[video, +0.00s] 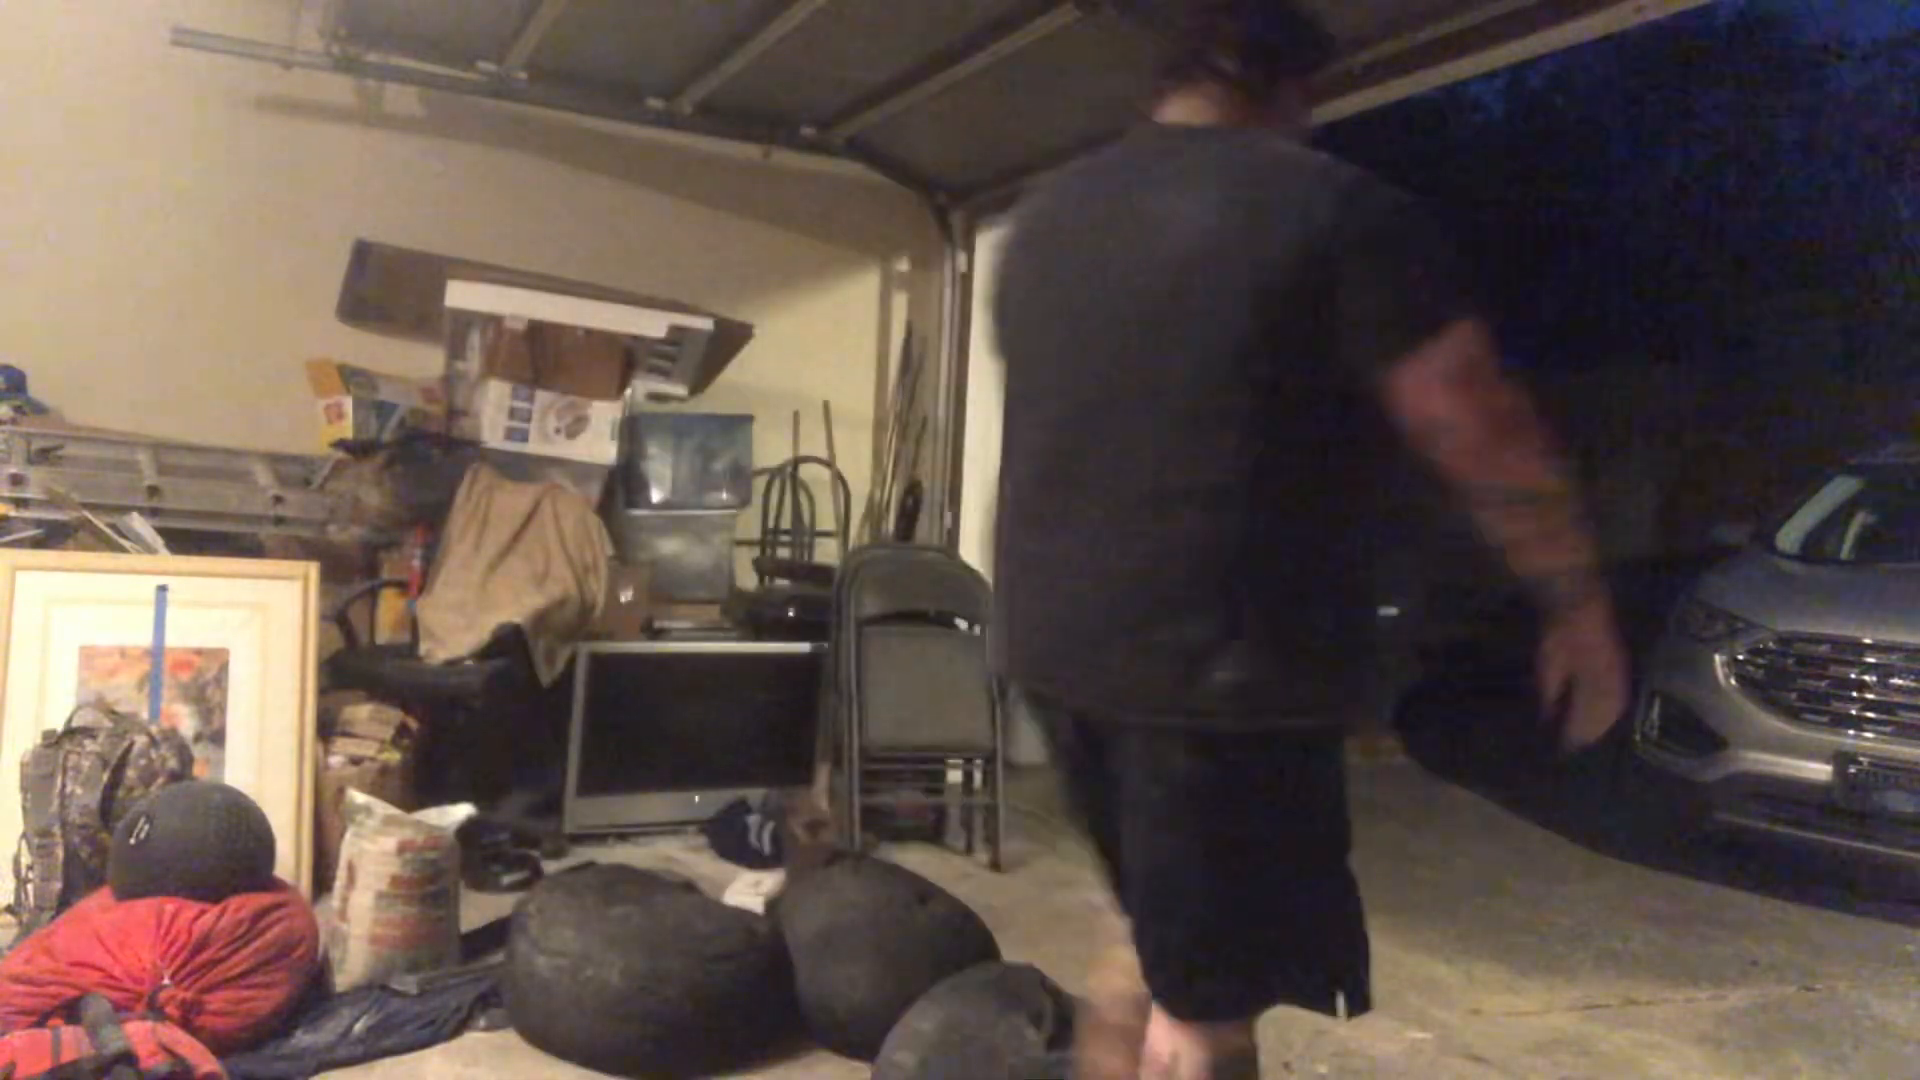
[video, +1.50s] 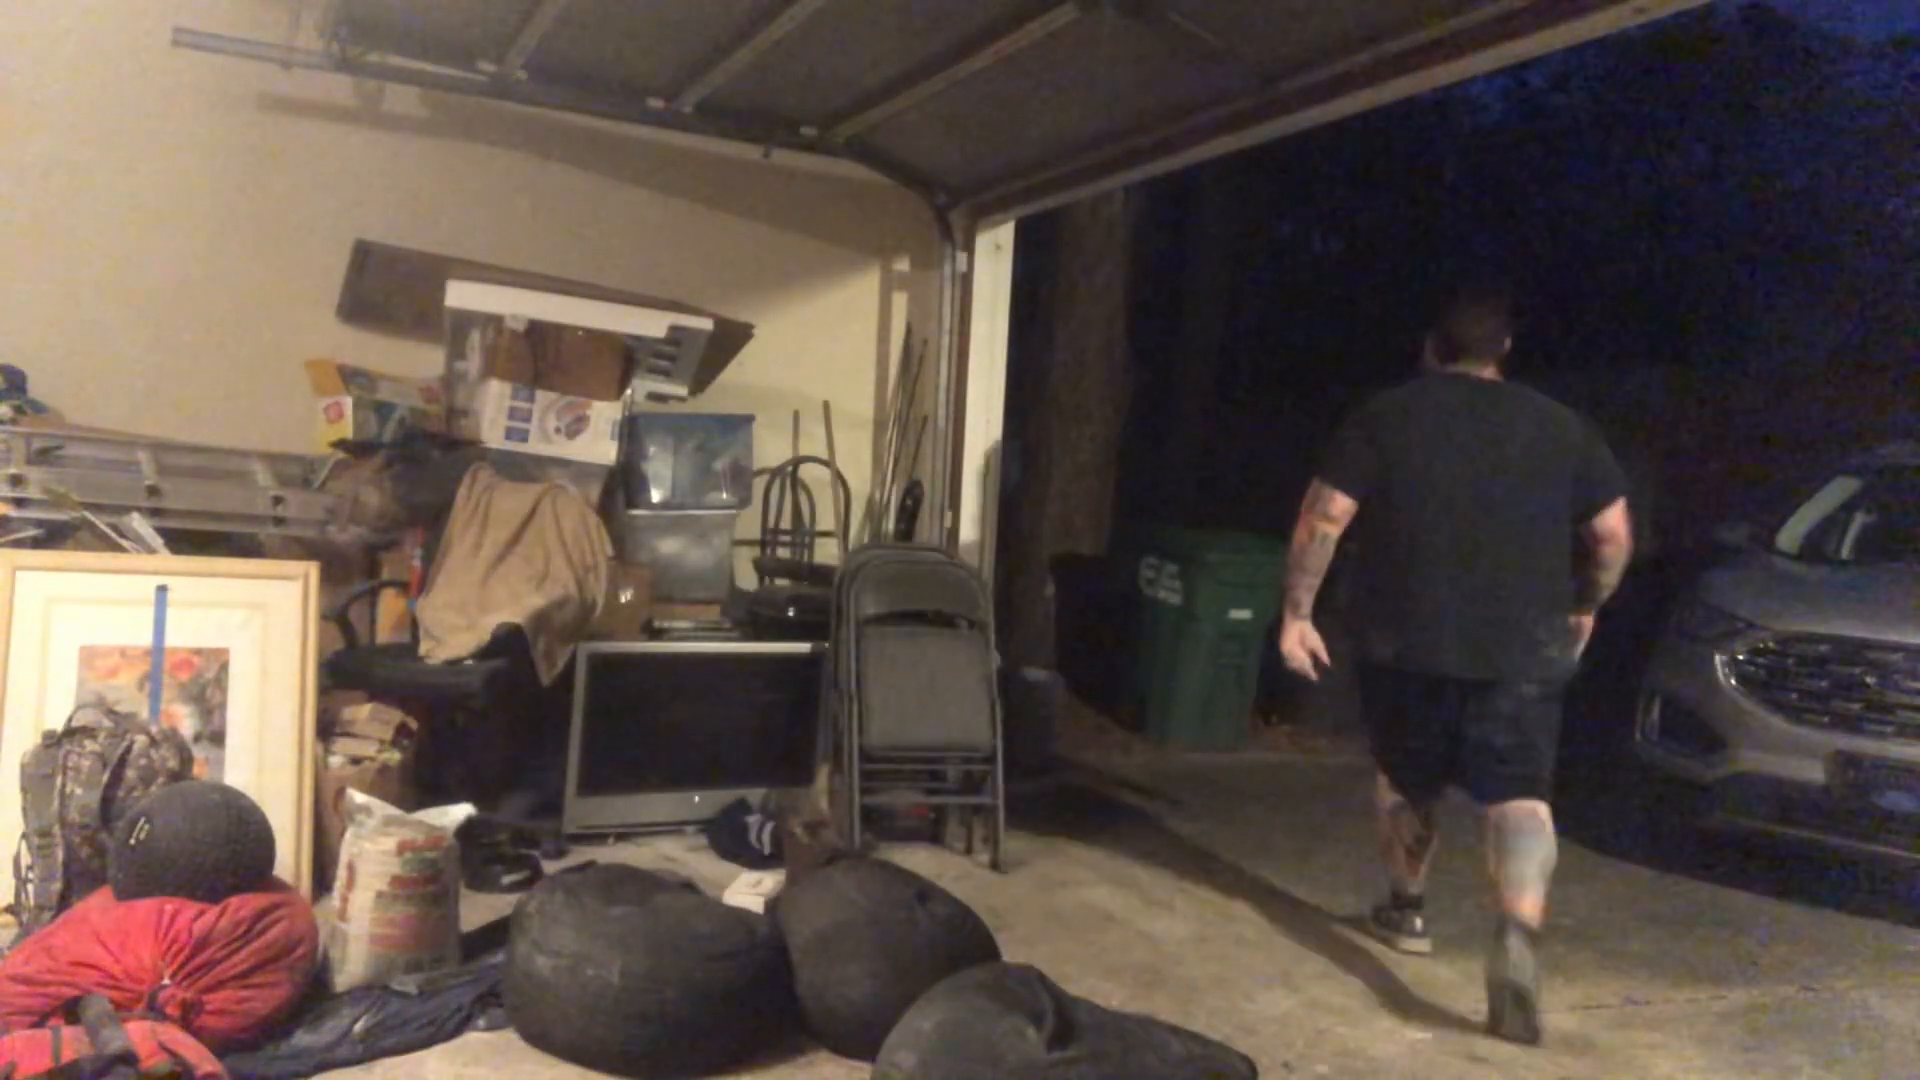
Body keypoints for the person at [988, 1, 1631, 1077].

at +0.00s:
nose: (1315, 111)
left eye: (1316, 94)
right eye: (1313, 91)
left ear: (1165, 75)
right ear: (1290, 84)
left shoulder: (1048, 216)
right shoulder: (1324, 207)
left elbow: (1058, 426)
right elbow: (1463, 415)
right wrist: (1572, 597)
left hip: (1062, 653)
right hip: (1226, 665)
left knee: (1149, 924)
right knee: (1201, 1009)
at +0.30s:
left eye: (1294, 199)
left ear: (1285, 203)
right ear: (1404, 199)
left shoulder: (1190, 311)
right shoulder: (1458, 302)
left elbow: (1196, 482)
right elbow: (1596, 488)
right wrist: (1644, 629)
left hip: (1225, 676)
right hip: (1383, 679)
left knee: (1337, 961)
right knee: (1304, 977)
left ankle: (1372, 1064)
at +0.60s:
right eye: (1490, 210)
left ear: (1370, 219)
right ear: (1478, 213)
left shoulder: (1295, 295)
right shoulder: (1526, 300)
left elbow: (1246, 418)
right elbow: (1621, 460)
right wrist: (1666, 631)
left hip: (1328, 639)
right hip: (1492, 637)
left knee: (1367, 869)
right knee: (1513, 858)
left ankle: (1379, 1071)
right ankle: (1464, 1062)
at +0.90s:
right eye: (1535, 289)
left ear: (1439, 288)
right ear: (1538, 294)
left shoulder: (1372, 365)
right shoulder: (1596, 384)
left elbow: (1266, 459)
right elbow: (1683, 520)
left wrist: (1364, 471)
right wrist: (1714, 652)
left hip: (1384, 664)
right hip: (1532, 674)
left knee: (1395, 869)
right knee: (1518, 854)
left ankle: (1389, 1066)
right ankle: (1516, 1015)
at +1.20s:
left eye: (1462, 293)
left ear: (1460, 295)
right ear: (1548, 301)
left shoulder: (1403, 372)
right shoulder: (1615, 387)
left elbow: (1319, 483)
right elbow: (1677, 511)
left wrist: (1305, 578)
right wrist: (1652, 600)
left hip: (1420, 630)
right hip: (1552, 641)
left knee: (1415, 787)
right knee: (1526, 822)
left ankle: (1431, 955)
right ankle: (1517, 1008)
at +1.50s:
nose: (1425, 358)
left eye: (1428, 349)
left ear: (1430, 351)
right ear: (1505, 357)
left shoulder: (1389, 416)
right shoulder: (1559, 426)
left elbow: (1328, 512)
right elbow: (1613, 533)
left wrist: (1297, 610)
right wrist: (1589, 606)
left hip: (1408, 640)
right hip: (1521, 649)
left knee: (1405, 774)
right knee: (1521, 796)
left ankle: (1404, 906)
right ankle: (1517, 938)